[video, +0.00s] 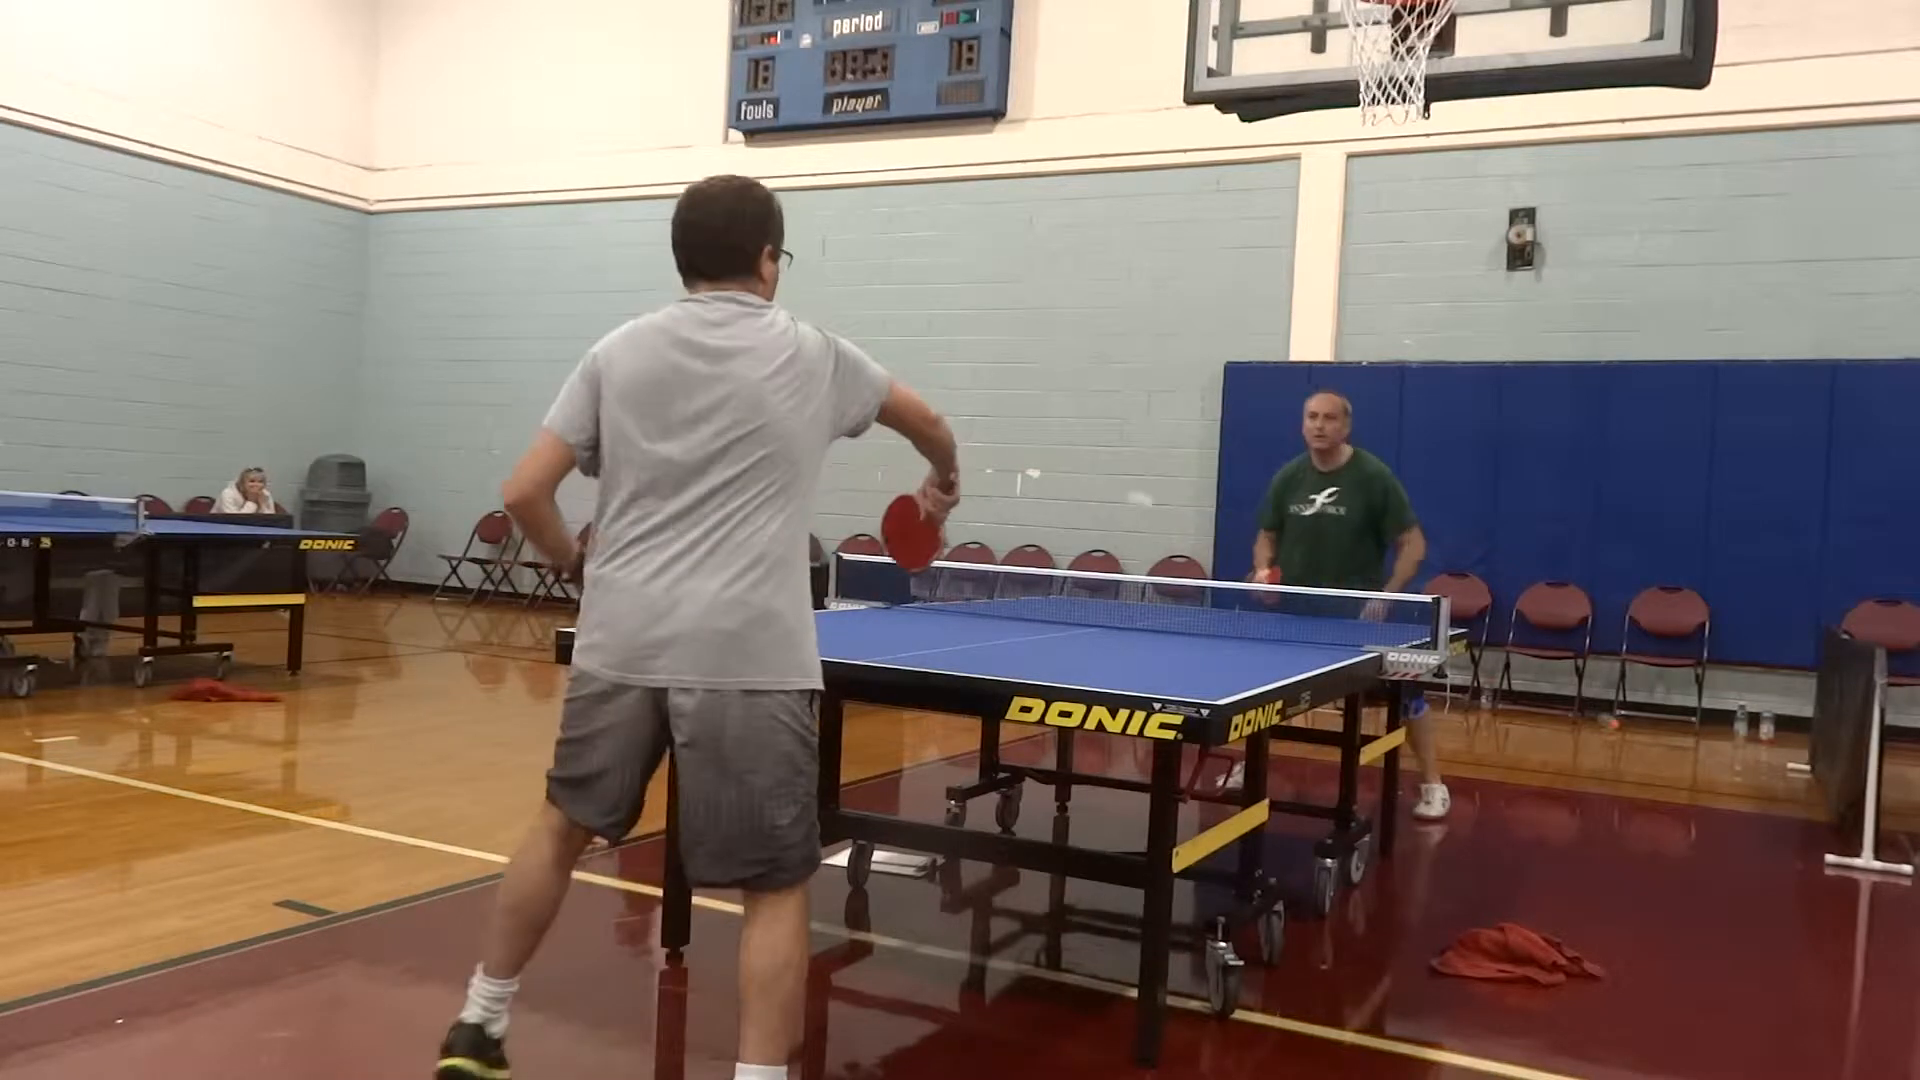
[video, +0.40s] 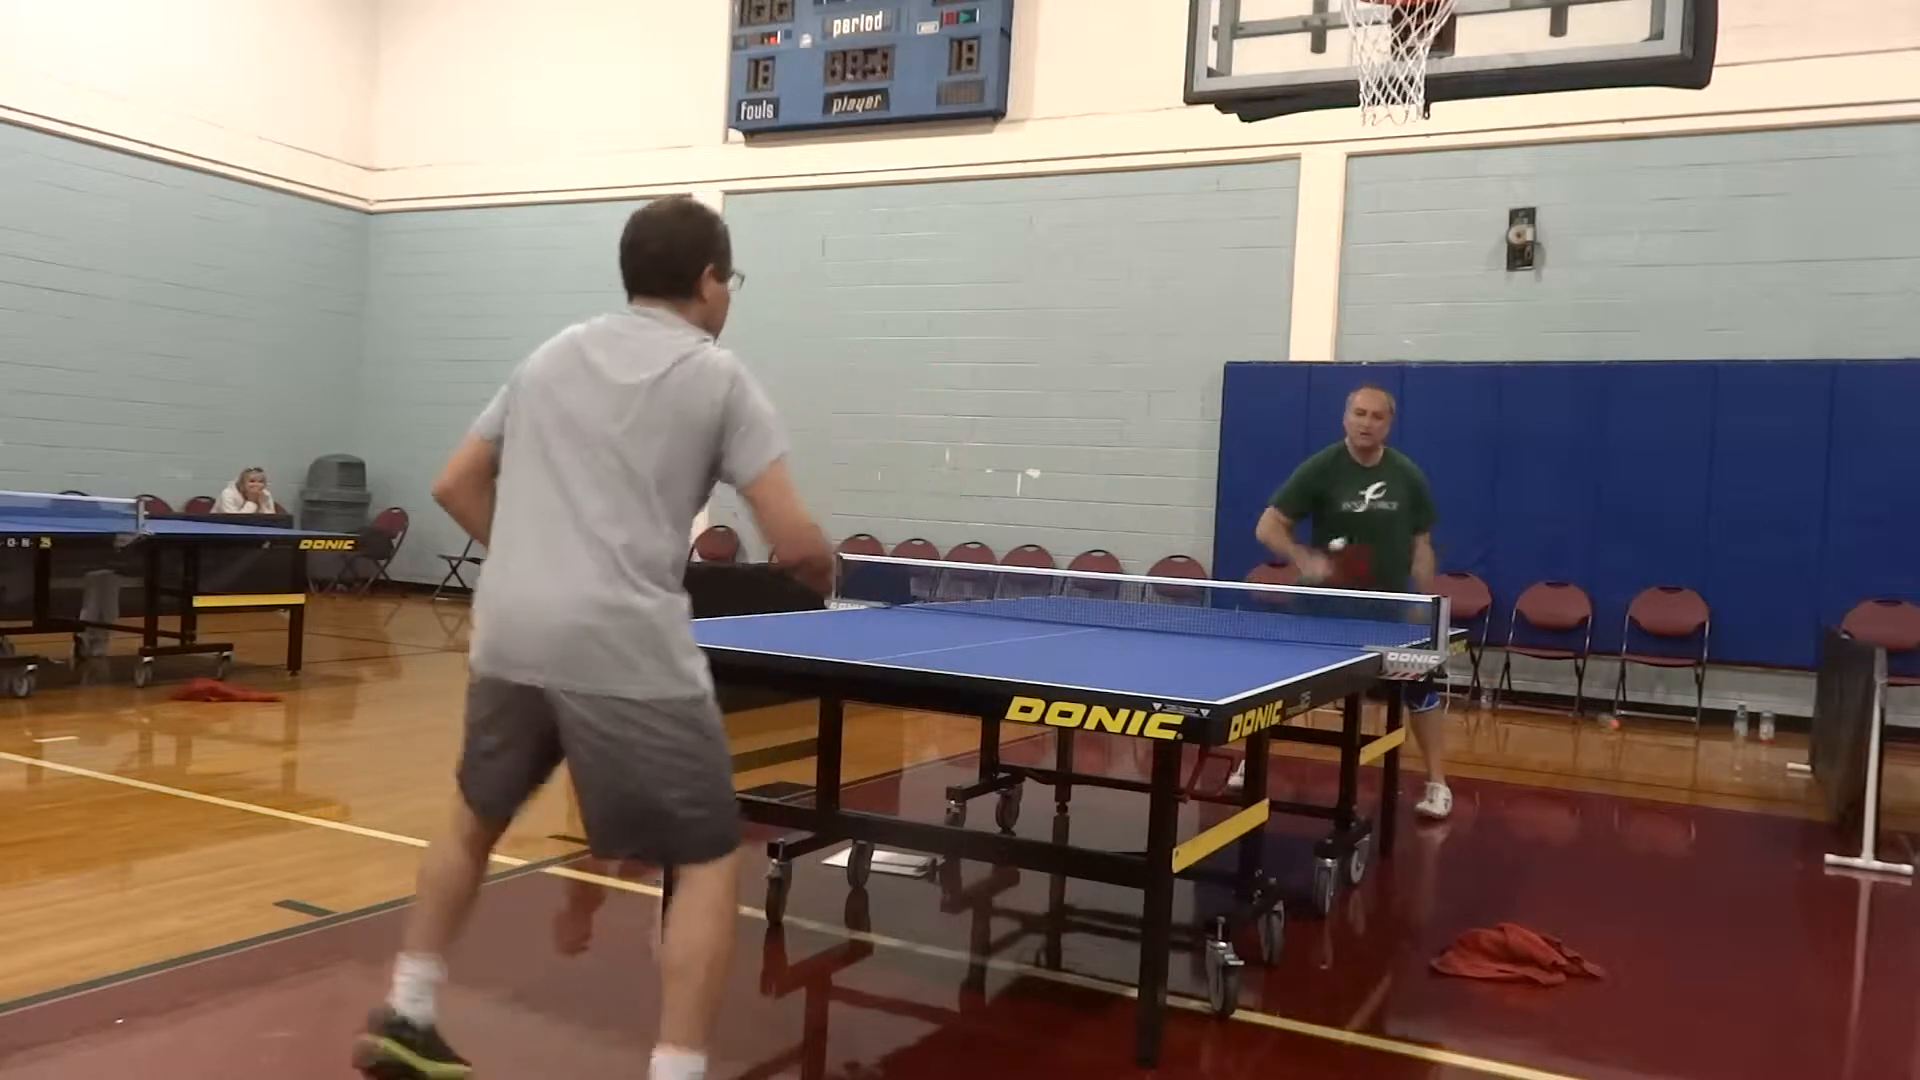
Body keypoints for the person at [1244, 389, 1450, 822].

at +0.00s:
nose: (1320, 425)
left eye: (1330, 418)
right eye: (1313, 417)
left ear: (1347, 426)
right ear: (1302, 424)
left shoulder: (1374, 477)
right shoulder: (1287, 478)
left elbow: (1413, 544)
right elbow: (1267, 535)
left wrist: (1387, 596)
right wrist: (1263, 567)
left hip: (1358, 619)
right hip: (1294, 615)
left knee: (1407, 689)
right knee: (1254, 681)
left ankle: (1431, 783)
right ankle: (1251, 765)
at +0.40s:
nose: (1366, 423)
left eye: (1376, 416)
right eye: (1359, 414)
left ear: (1390, 423)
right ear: (1345, 418)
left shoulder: (1408, 477)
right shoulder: (1320, 469)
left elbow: (1421, 544)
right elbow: (1268, 527)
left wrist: (1424, 607)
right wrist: (1301, 557)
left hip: (1391, 614)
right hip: (1323, 611)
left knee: (1423, 686)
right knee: (1275, 679)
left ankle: (1436, 781)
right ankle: (1252, 761)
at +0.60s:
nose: (1357, 439)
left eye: (1366, 433)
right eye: (1349, 430)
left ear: (1377, 439)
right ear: (1332, 434)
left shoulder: (1399, 481)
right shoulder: (1311, 483)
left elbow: (1442, 520)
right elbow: (1257, 544)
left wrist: (1481, 561)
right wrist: (1280, 566)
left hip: (1383, 612)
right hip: (1319, 611)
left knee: (1419, 682)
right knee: (1264, 677)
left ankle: (1434, 783)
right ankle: (1244, 765)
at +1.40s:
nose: (1408, 392)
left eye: (1418, 388)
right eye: (1401, 383)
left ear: (1429, 401)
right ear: (1383, 391)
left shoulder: (1438, 461)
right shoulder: (1343, 444)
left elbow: (1477, 520)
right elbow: (1303, 502)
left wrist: (1487, 566)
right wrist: (1273, 559)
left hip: (1395, 603)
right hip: (1325, 595)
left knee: (1399, 702)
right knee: (1280, 687)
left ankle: (1393, 789)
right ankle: (1252, 776)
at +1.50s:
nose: (1414, 391)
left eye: (1425, 387)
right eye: (1408, 382)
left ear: (1436, 402)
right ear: (1392, 390)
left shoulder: (1447, 460)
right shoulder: (1352, 442)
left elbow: (1486, 520)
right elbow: (1314, 503)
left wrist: (1495, 569)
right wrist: (1290, 563)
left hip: (1401, 602)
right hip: (1334, 593)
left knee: (1402, 700)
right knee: (1315, 677)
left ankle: (1392, 787)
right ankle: (1309, 750)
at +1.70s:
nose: (1415, 390)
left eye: (1426, 386)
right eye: (1408, 382)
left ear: (1437, 401)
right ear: (1393, 390)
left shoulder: (1453, 457)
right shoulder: (1356, 444)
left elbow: (1485, 522)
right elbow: (1323, 505)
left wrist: (1500, 585)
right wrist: (1315, 555)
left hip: (1417, 603)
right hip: (1355, 597)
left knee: (1412, 703)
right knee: (1361, 697)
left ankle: (1396, 789)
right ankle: (1369, 785)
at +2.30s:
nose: (1376, 404)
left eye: (1385, 396)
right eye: (1371, 399)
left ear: (1410, 403)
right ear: (1367, 409)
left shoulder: (1446, 449)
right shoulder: (1360, 465)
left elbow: (1490, 509)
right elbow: (1344, 529)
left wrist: (1496, 574)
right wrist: (1332, 585)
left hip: (1439, 595)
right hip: (1380, 596)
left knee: (1442, 686)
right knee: (1385, 687)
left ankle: (1446, 758)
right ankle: (1392, 766)